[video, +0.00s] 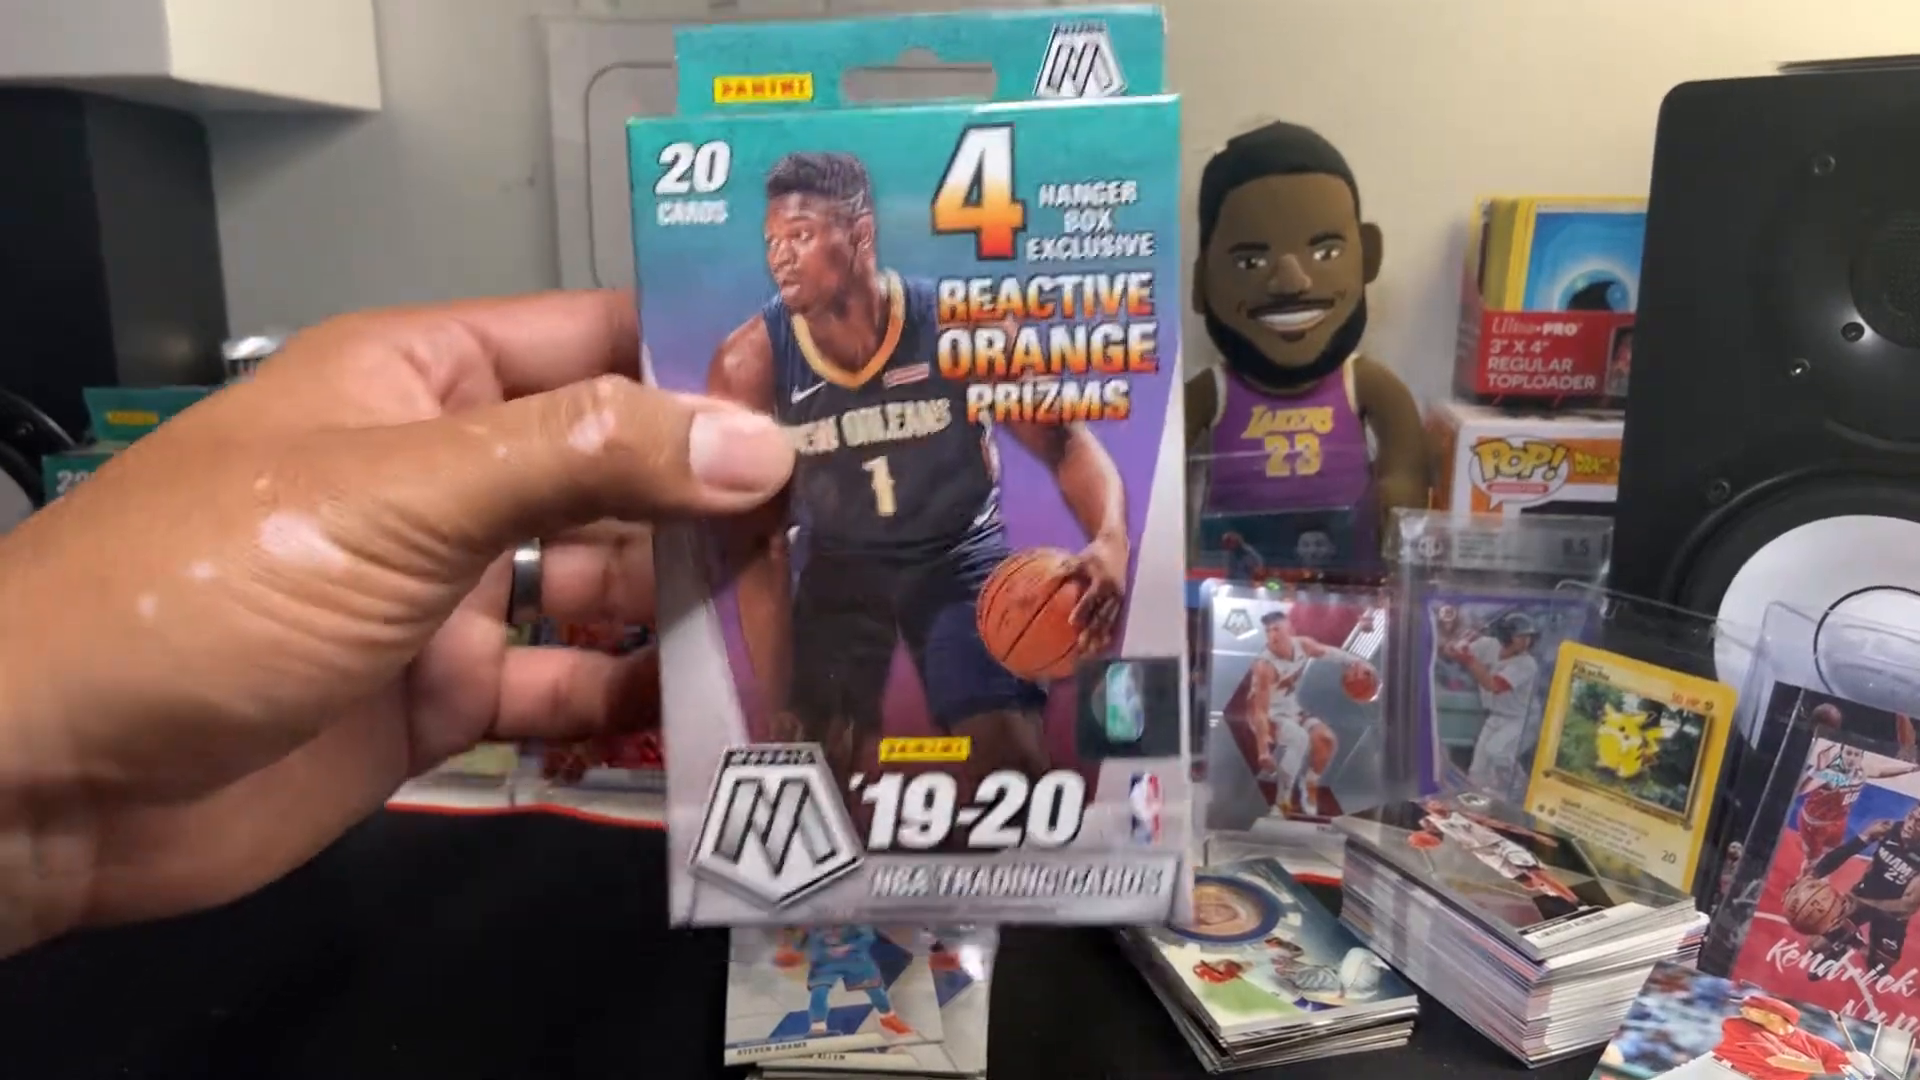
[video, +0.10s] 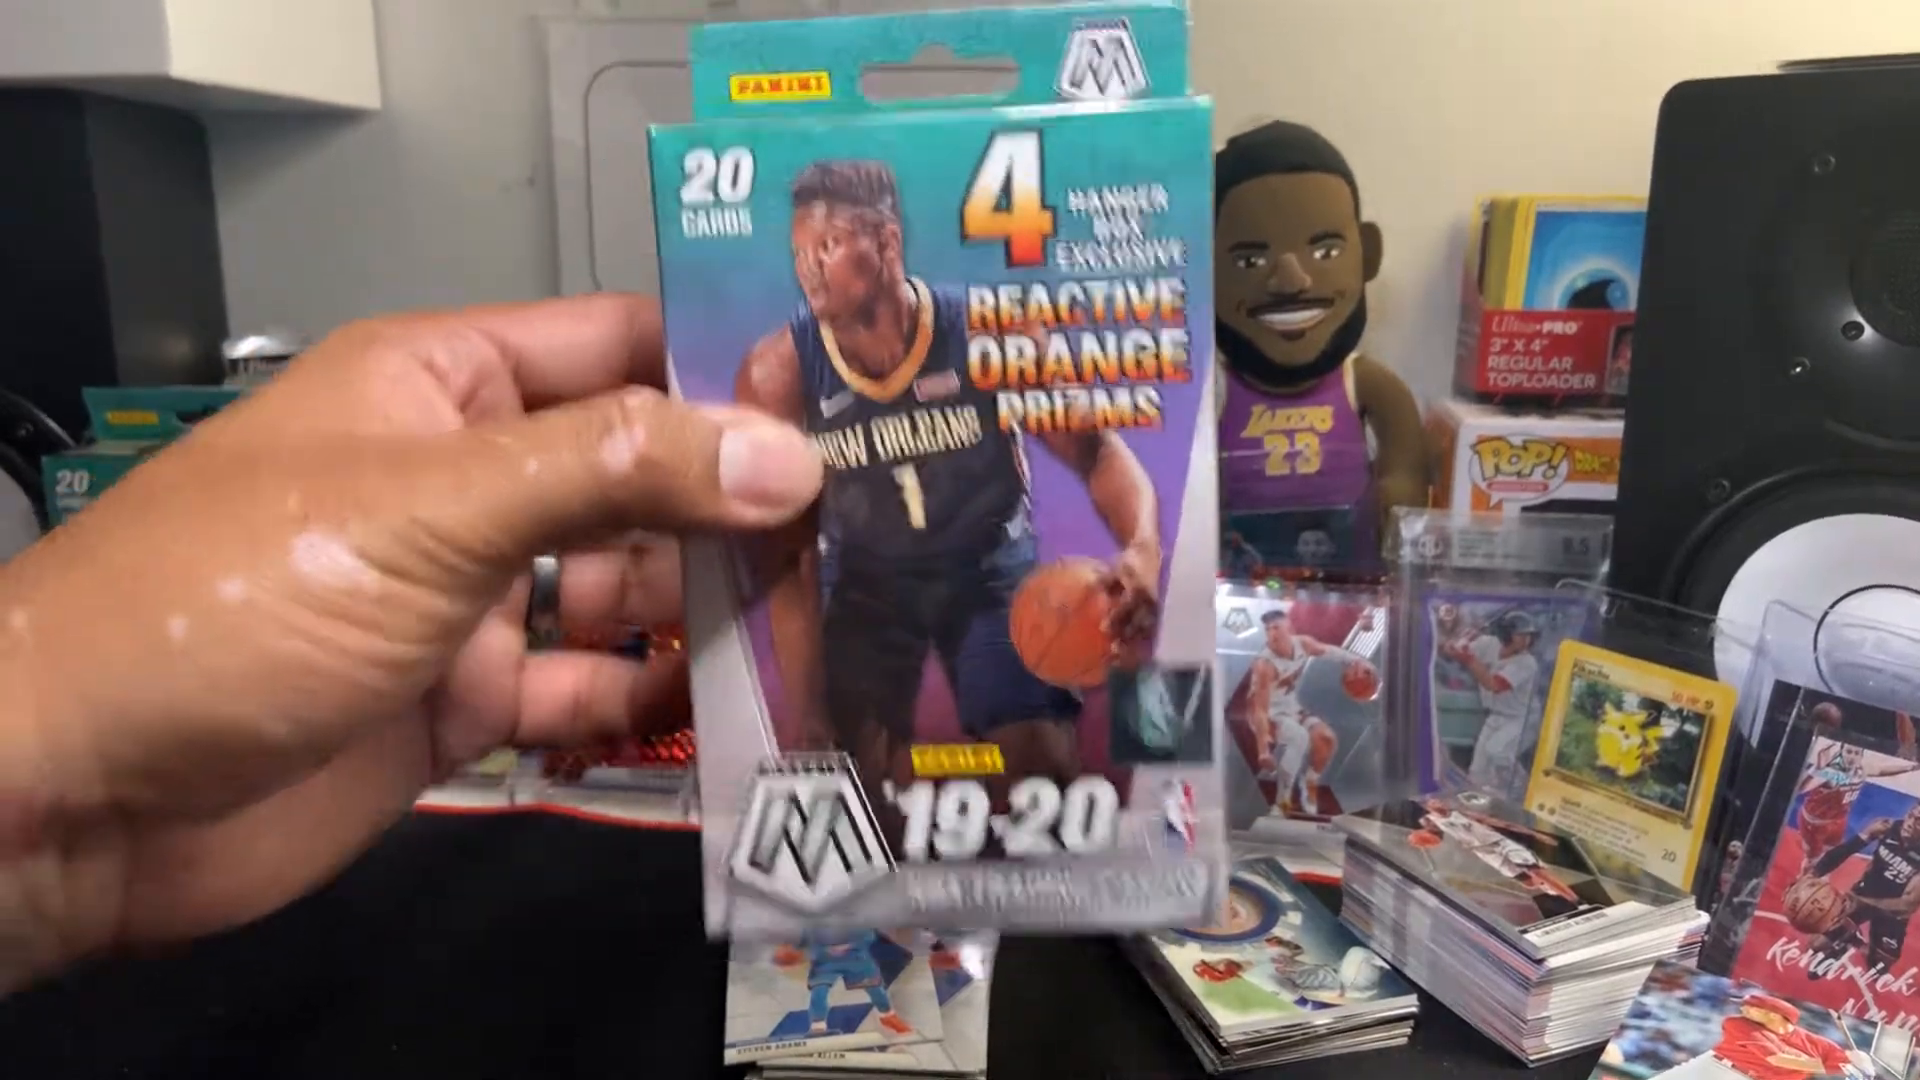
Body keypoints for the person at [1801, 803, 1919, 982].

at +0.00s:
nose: (1911, 825)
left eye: (1918, 824)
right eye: (1911, 818)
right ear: (1906, 815)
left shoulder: (1917, 859)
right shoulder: (1885, 829)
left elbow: (1909, 905)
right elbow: (1845, 852)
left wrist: (1860, 904)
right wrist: (1812, 876)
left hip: (1893, 914)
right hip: (1862, 899)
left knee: (1878, 970)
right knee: (1816, 947)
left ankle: (1855, 943)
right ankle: (1842, 947)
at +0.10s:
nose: (1910, 823)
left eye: (1918, 822)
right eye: (1911, 816)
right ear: (1906, 814)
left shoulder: (1918, 858)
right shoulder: (1885, 828)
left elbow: (1908, 904)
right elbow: (1844, 851)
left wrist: (1860, 903)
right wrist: (1812, 875)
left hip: (1894, 913)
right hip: (1862, 898)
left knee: (1878, 970)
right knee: (1817, 945)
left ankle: (1856, 941)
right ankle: (1841, 947)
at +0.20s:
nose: (1910, 824)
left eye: (1918, 823)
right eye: (1911, 817)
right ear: (1906, 815)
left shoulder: (1918, 859)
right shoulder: (1886, 829)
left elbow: (1908, 904)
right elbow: (1843, 851)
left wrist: (1860, 903)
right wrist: (1813, 875)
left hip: (1894, 914)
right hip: (1862, 898)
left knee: (1878, 970)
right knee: (1816, 947)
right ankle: (1844, 944)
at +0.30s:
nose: (1911, 824)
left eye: (1918, 823)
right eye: (1911, 817)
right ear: (1907, 815)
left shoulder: (1917, 858)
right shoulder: (1887, 829)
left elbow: (1909, 904)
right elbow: (1846, 851)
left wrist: (1861, 904)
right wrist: (1814, 874)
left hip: (1894, 914)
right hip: (1863, 898)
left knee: (1878, 973)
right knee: (1818, 948)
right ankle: (1845, 945)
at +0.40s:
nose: (1912, 824)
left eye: (1919, 822)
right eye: (1912, 817)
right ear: (1907, 814)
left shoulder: (1918, 857)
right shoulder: (1887, 828)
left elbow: (1909, 904)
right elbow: (1846, 851)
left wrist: (1861, 903)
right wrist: (1814, 874)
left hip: (1894, 914)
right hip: (1862, 898)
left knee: (1877, 973)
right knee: (1817, 950)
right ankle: (1845, 944)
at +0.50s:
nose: (1912, 824)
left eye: (1918, 822)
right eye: (1912, 817)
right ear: (1907, 815)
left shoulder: (1917, 857)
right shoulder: (1887, 829)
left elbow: (1909, 904)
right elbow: (1847, 850)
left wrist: (1862, 903)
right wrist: (1815, 873)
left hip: (1894, 913)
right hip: (1863, 897)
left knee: (1878, 971)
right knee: (1818, 947)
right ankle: (1844, 945)